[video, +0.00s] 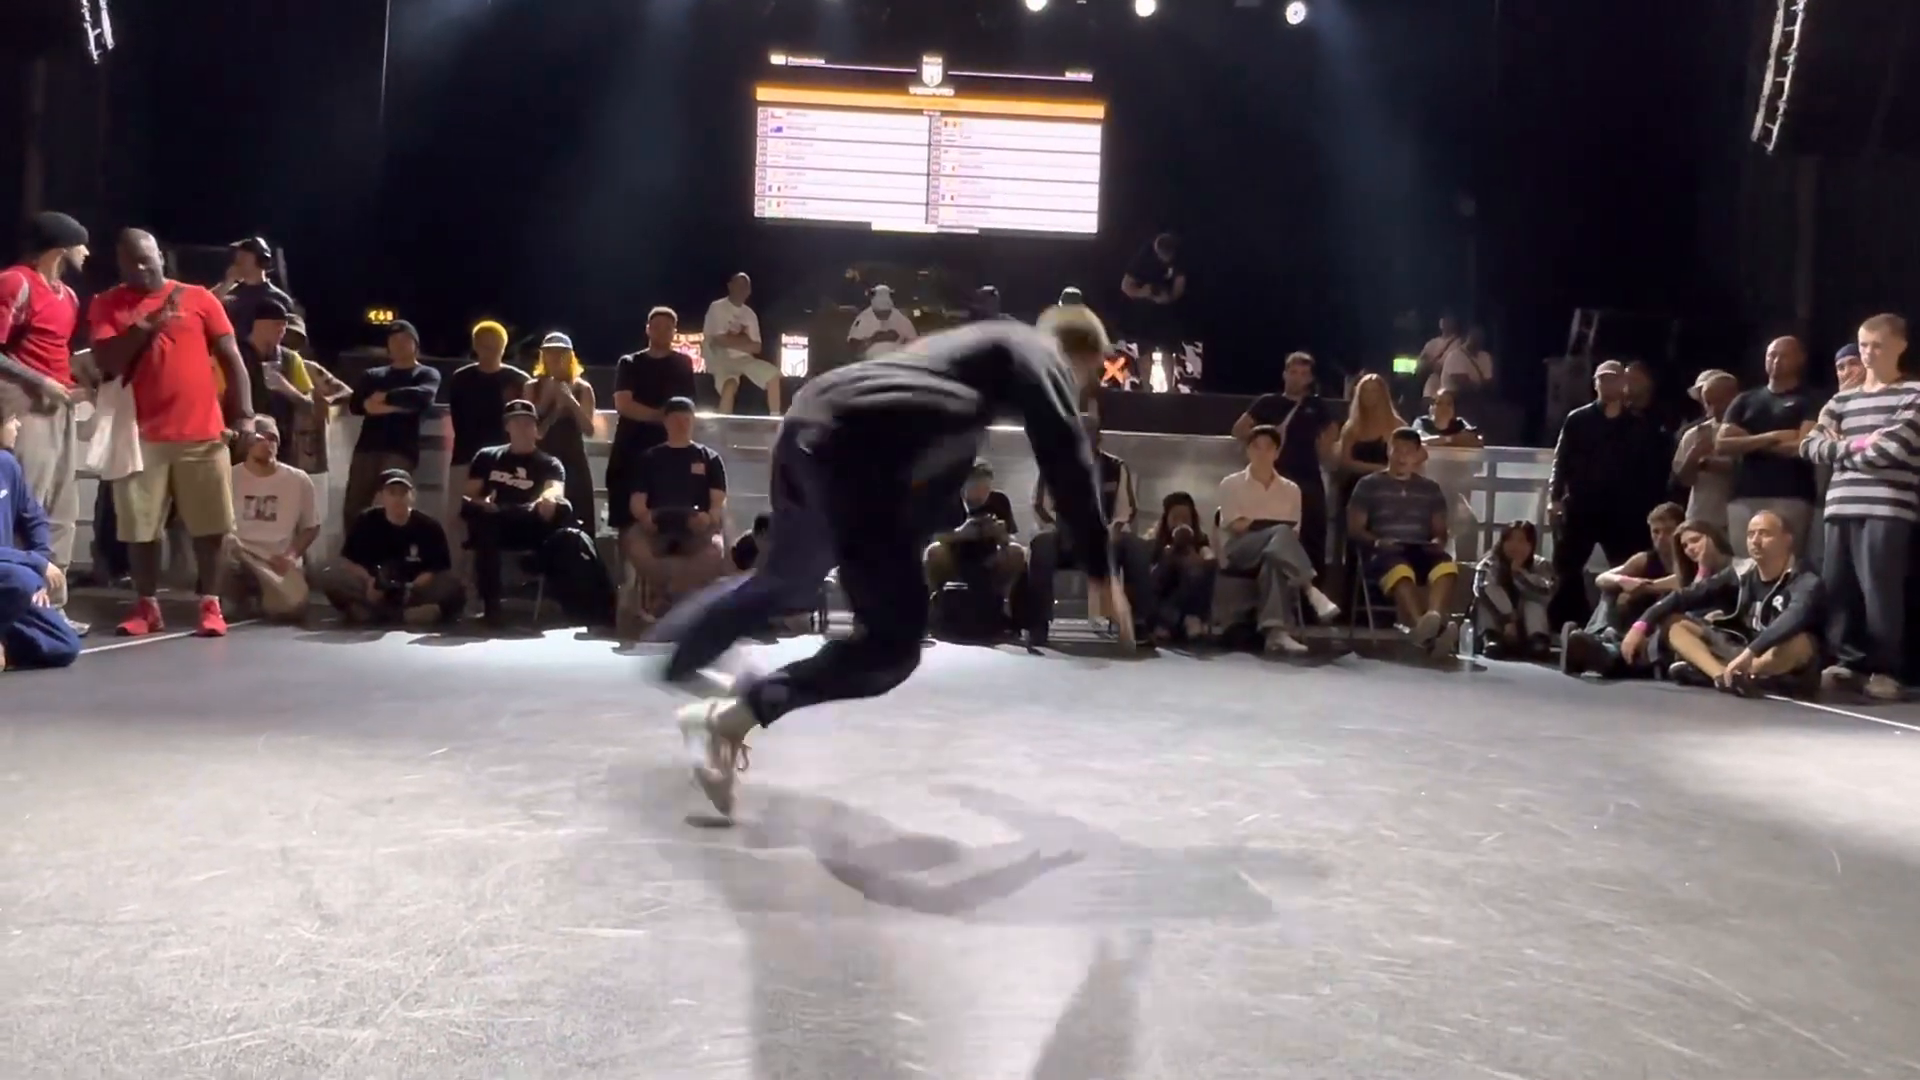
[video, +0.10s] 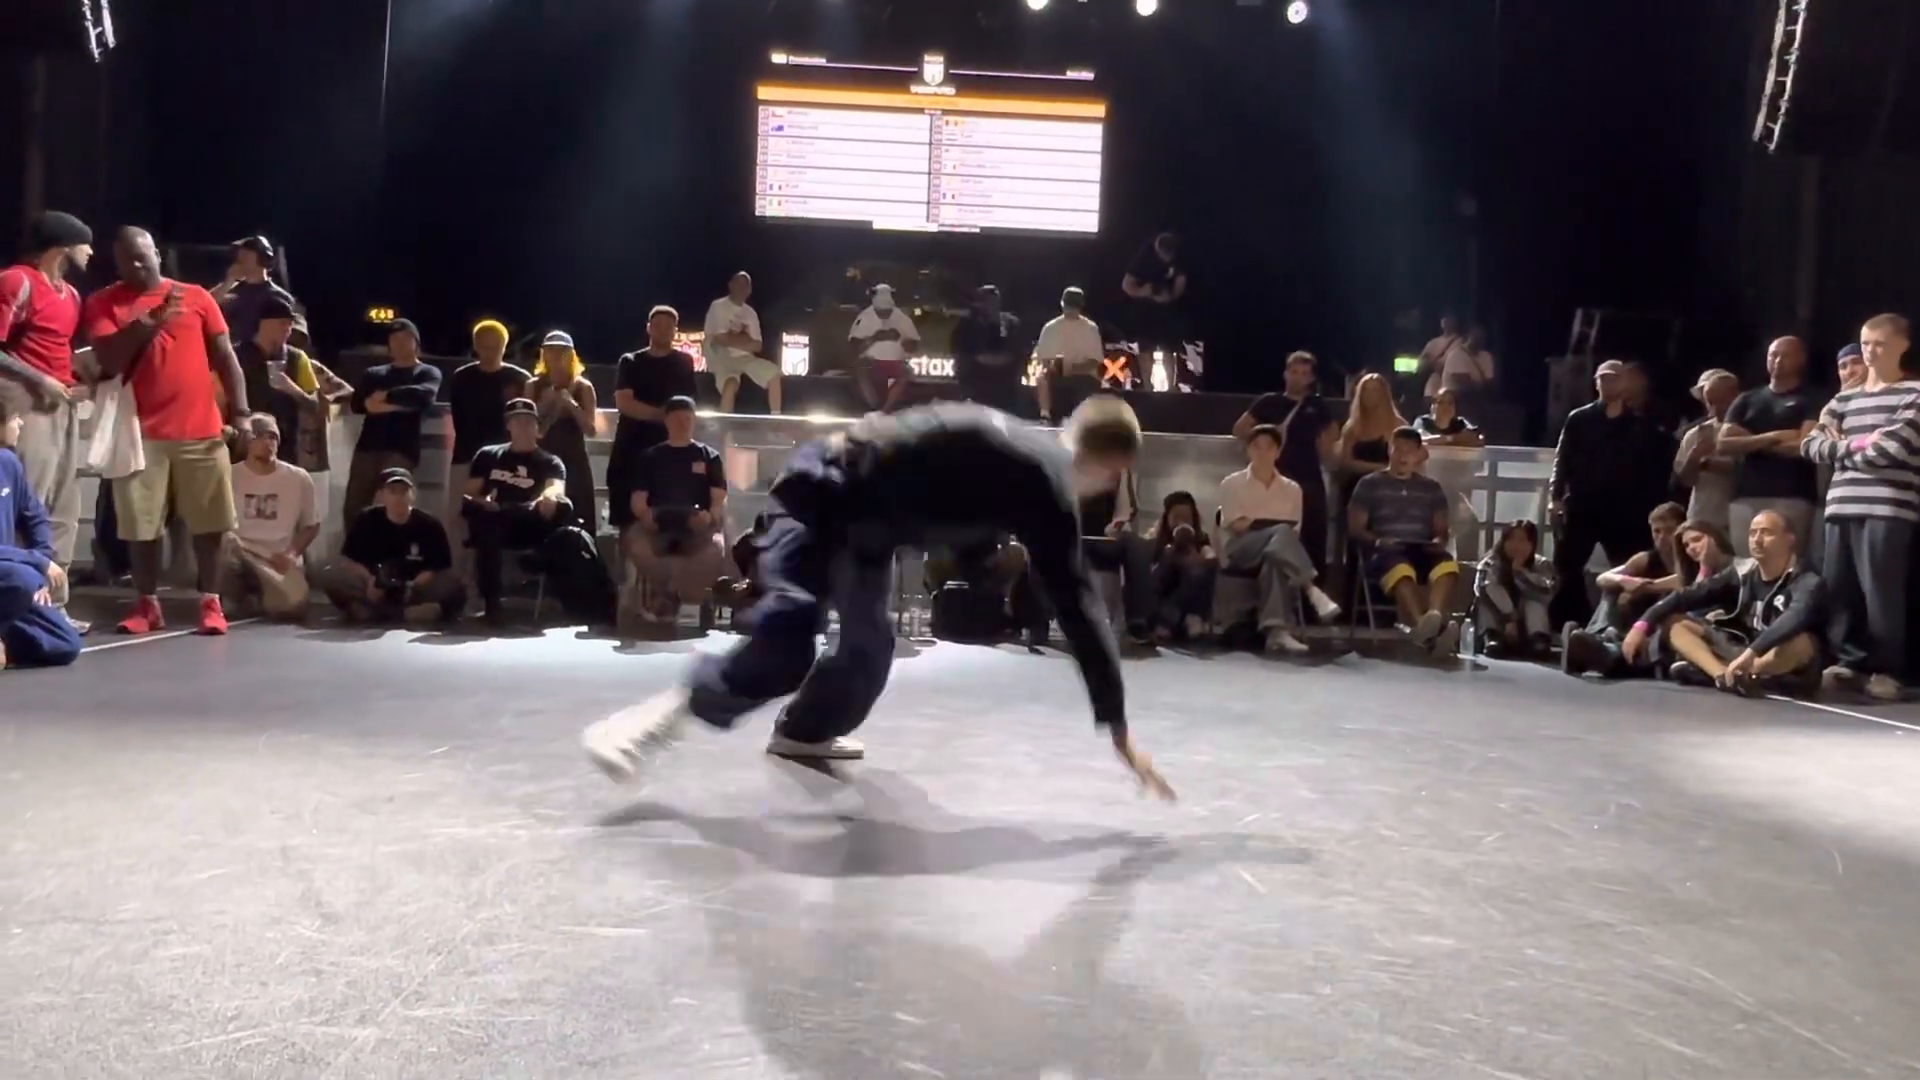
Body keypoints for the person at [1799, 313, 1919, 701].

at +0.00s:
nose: (1867, 353)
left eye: (1876, 346)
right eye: (1863, 346)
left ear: (1900, 348)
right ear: (1858, 349)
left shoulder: (1913, 394)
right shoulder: (1842, 398)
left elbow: (1892, 449)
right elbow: (1810, 445)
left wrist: (1839, 449)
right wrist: (1861, 446)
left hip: (1887, 508)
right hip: (1840, 507)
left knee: (1880, 589)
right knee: (1838, 587)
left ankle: (1886, 671)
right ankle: (1846, 662)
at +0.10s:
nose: (1870, 351)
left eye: (1879, 344)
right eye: (1866, 344)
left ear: (1903, 347)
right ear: (1860, 348)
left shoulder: (1912, 394)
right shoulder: (1844, 398)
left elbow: (1893, 449)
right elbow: (1811, 445)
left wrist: (1840, 448)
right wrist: (1862, 445)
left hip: (1888, 509)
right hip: (1841, 508)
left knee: (1882, 592)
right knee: (1840, 589)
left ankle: (1889, 671)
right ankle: (1848, 661)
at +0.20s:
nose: (1871, 351)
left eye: (1881, 344)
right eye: (1867, 343)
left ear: (1905, 347)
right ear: (1862, 347)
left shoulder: (1913, 394)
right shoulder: (1846, 398)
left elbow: (1892, 449)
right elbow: (1812, 445)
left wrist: (1840, 449)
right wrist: (1860, 446)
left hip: (1888, 509)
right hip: (1841, 508)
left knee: (1883, 593)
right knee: (1840, 590)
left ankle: (1890, 672)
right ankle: (1849, 662)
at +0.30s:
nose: (1872, 351)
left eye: (1882, 344)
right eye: (1869, 344)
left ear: (1906, 348)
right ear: (1863, 347)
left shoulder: (1913, 395)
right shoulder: (1848, 398)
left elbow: (1892, 449)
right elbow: (1814, 446)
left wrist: (1842, 449)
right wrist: (1863, 446)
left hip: (1889, 509)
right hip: (1842, 508)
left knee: (1883, 594)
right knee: (1842, 590)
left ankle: (1890, 672)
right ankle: (1850, 662)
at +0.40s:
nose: (1873, 353)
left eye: (1882, 345)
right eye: (1870, 345)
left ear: (1908, 348)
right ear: (1866, 348)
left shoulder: (1914, 395)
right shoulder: (1851, 397)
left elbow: (1892, 450)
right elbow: (1816, 447)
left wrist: (1843, 448)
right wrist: (1864, 444)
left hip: (1891, 509)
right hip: (1844, 507)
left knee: (1885, 594)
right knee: (1842, 588)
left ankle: (1893, 673)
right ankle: (1852, 663)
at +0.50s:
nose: (1874, 353)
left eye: (1883, 346)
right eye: (1871, 345)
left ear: (1909, 349)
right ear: (1866, 349)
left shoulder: (1914, 396)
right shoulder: (1852, 398)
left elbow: (1892, 450)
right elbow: (1817, 447)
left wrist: (1844, 449)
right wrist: (1865, 444)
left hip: (1892, 509)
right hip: (1845, 507)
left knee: (1886, 593)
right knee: (1845, 588)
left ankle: (1894, 674)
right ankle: (1854, 663)